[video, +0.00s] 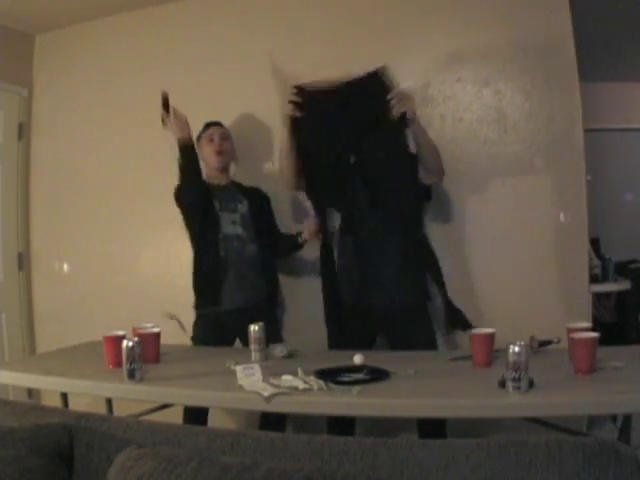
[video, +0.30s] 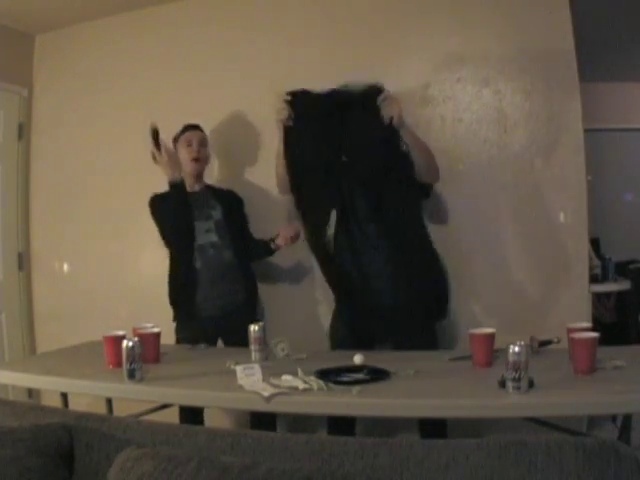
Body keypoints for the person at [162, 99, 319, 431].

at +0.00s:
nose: (219, 145)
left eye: (225, 139)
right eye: (211, 140)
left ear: (234, 149)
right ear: (199, 154)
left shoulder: (256, 198)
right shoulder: (195, 197)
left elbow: (274, 247)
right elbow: (189, 189)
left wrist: (301, 238)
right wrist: (184, 144)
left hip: (259, 306)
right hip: (215, 308)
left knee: (273, 388)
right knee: (199, 388)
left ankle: (269, 458)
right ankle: (190, 455)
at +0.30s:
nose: (197, 150)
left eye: (202, 145)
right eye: (189, 145)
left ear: (209, 154)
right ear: (176, 154)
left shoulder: (229, 200)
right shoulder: (164, 203)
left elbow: (245, 251)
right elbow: (177, 240)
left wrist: (275, 243)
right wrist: (174, 181)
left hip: (238, 308)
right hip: (194, 312)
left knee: (253, 387)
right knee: (190, 391)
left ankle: (264, 456)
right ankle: (191, 459)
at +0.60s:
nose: (191, 149)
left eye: (193, 142)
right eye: (181, 143)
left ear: (198, 149)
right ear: (164, 153)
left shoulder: (219, 192)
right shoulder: (155, 198)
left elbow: (241, 243)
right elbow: (165, 230)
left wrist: (266, 234)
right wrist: (159, 174)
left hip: (232, 302)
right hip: (187, 306)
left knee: (250, 382)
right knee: (188, 387)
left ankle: (261, 455)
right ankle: (190, 455)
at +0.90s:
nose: (149, 155)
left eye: (146, 148)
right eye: (140, 151)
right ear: (119, 164)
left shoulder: (164, 190)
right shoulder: (113, 211)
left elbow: (194, 229)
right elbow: (147, 253)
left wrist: (237, 214)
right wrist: (186, 214)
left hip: (204, 294)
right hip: (168, 309)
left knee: (255, 340)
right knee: (172, 379)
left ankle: (270, 424)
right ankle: (167, 448)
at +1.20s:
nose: (143, 152)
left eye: (139, 146)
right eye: (133, 149)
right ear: (115, 165)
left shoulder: (166, 197)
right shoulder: (116, 213)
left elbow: (200, 240)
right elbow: (142, 264)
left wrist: (243, 226)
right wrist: (178, 233)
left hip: (208, 305)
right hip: (167, 316)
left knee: (223, 382)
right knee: (172, 392)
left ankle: (197, 443)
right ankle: (165, 451)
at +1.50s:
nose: (189, 159)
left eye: (188, 153)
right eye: (180, 155)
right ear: (157, 164)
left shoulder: (198, 199)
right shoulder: (142, 206)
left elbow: (210, 248)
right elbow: (144, 267)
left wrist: (245, 261)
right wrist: (179, 247)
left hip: (196, 311)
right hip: (158, 316)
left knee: (206, 391)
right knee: (169, 394)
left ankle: (198, 456)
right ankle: (167, 459)